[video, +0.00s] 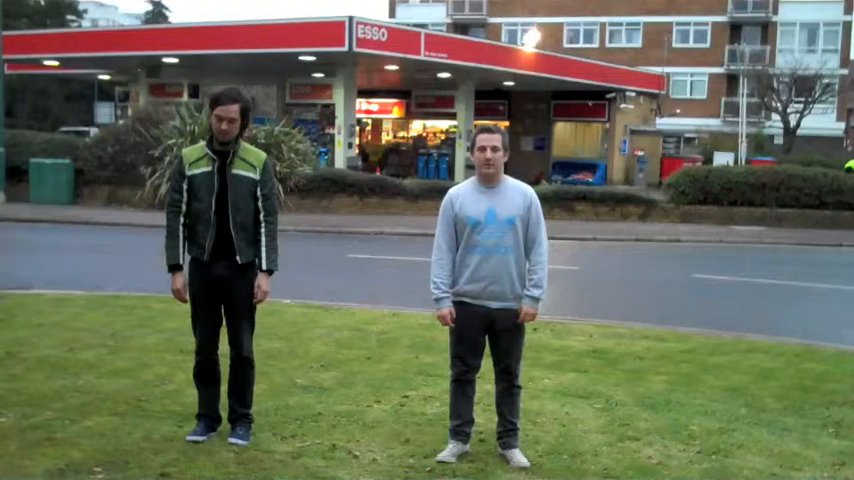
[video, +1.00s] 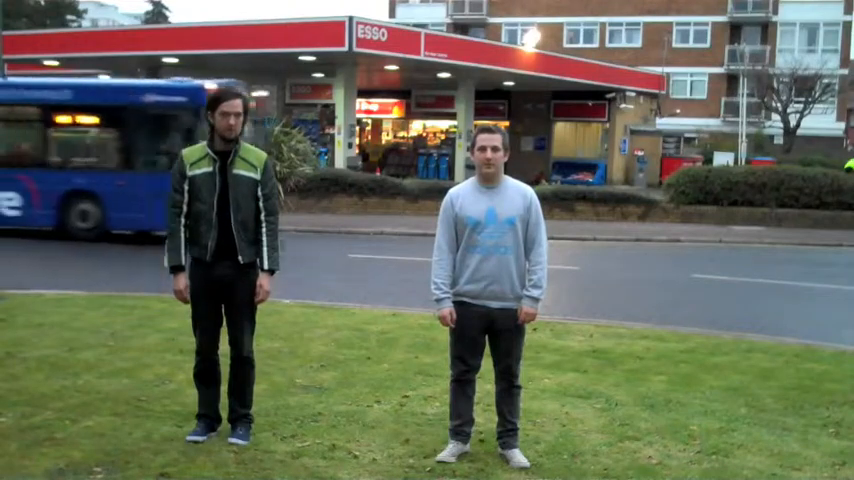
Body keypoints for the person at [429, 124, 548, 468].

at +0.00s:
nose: (487, 155)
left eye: (494, 150)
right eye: (481, 149)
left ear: (505, 155)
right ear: (472, 154)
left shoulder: (525, 196)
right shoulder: (456, 197)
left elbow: (538, 250)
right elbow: (442, 251)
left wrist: (533, 298)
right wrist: (442, 298)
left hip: (510, 305)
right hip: (466, 303)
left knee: (509, 379)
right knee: (462, 376)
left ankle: (510, 444)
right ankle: (458, 440)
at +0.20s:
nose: (487, 155)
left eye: (494, 150)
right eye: (481, 149)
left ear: (505, 155)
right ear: (472, 154)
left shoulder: (525, 196)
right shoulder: (456, 197)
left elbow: (538, 250)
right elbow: (442, 251)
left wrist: (532, 297)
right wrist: (442, 298)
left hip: (510, 305)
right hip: (466, 303)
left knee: (509, 379)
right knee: (462, 376)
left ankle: (510, 444)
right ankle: (458, 440)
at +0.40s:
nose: (487, 155)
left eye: (494, 150)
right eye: (481, 149)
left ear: (505, 155)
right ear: (472, 154)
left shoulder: (525, 196)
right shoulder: (456, 197)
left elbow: (538, 250)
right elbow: (442, 251)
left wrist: (533, 298)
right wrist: (442, 298)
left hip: (510, 305)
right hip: (466, 303)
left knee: (509, 379)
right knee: (462, 376)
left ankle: (510, 444)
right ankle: (458, 440)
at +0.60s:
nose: (487, 155)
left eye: (494, 150)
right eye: (481, 149)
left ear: (505, 155)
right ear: (472, 154)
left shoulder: (525, 196)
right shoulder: (456, 197)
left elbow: (538, 250)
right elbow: (442, 251)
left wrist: (533, 298)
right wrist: (442, 298)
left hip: (510, 305)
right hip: (466, 303)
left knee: (509, 379)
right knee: (462, 376)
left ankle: (510, 444)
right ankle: (458, 440)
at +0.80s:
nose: (488, 155)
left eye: (494, 149)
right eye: (482, 149)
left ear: (505, 155)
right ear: (472, 154)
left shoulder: (525, 196)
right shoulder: (456, 197)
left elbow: (538, 250)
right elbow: (443, 251)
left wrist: (532, 297)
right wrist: (442, 298)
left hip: (510, 305)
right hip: (466, 303)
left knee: (509, 379)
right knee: (462, 376)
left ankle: (509, 444)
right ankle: (458, 440)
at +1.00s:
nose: (488, 155)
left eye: (494, 149)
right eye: (482, 149)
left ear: (505, 155)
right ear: (472, 154)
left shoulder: (525, 196)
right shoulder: (456, 197)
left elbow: (538, 250)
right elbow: (443, 251)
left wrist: (532, 297)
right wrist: (442, 298)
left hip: (510, 305)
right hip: (466, 303)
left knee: (509, 379)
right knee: (462, 376)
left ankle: (509, 444)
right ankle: (458, 440)